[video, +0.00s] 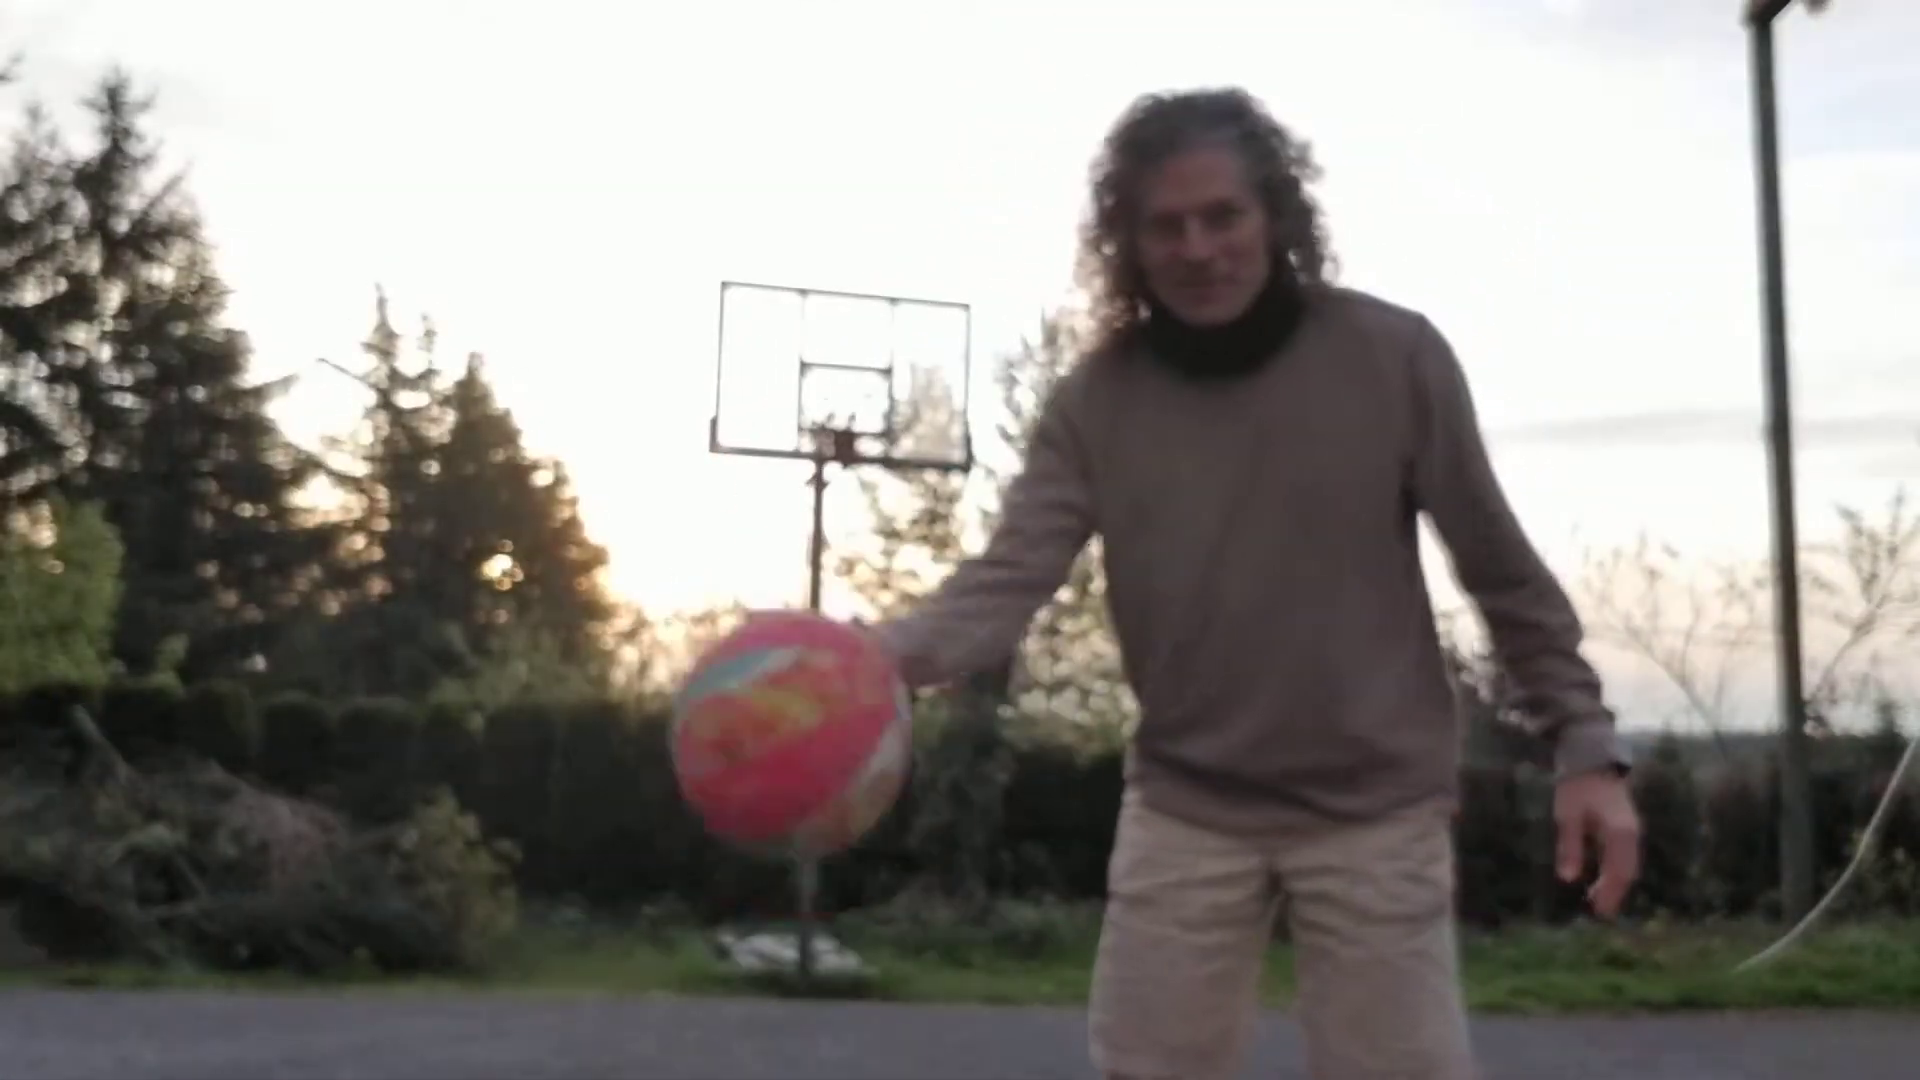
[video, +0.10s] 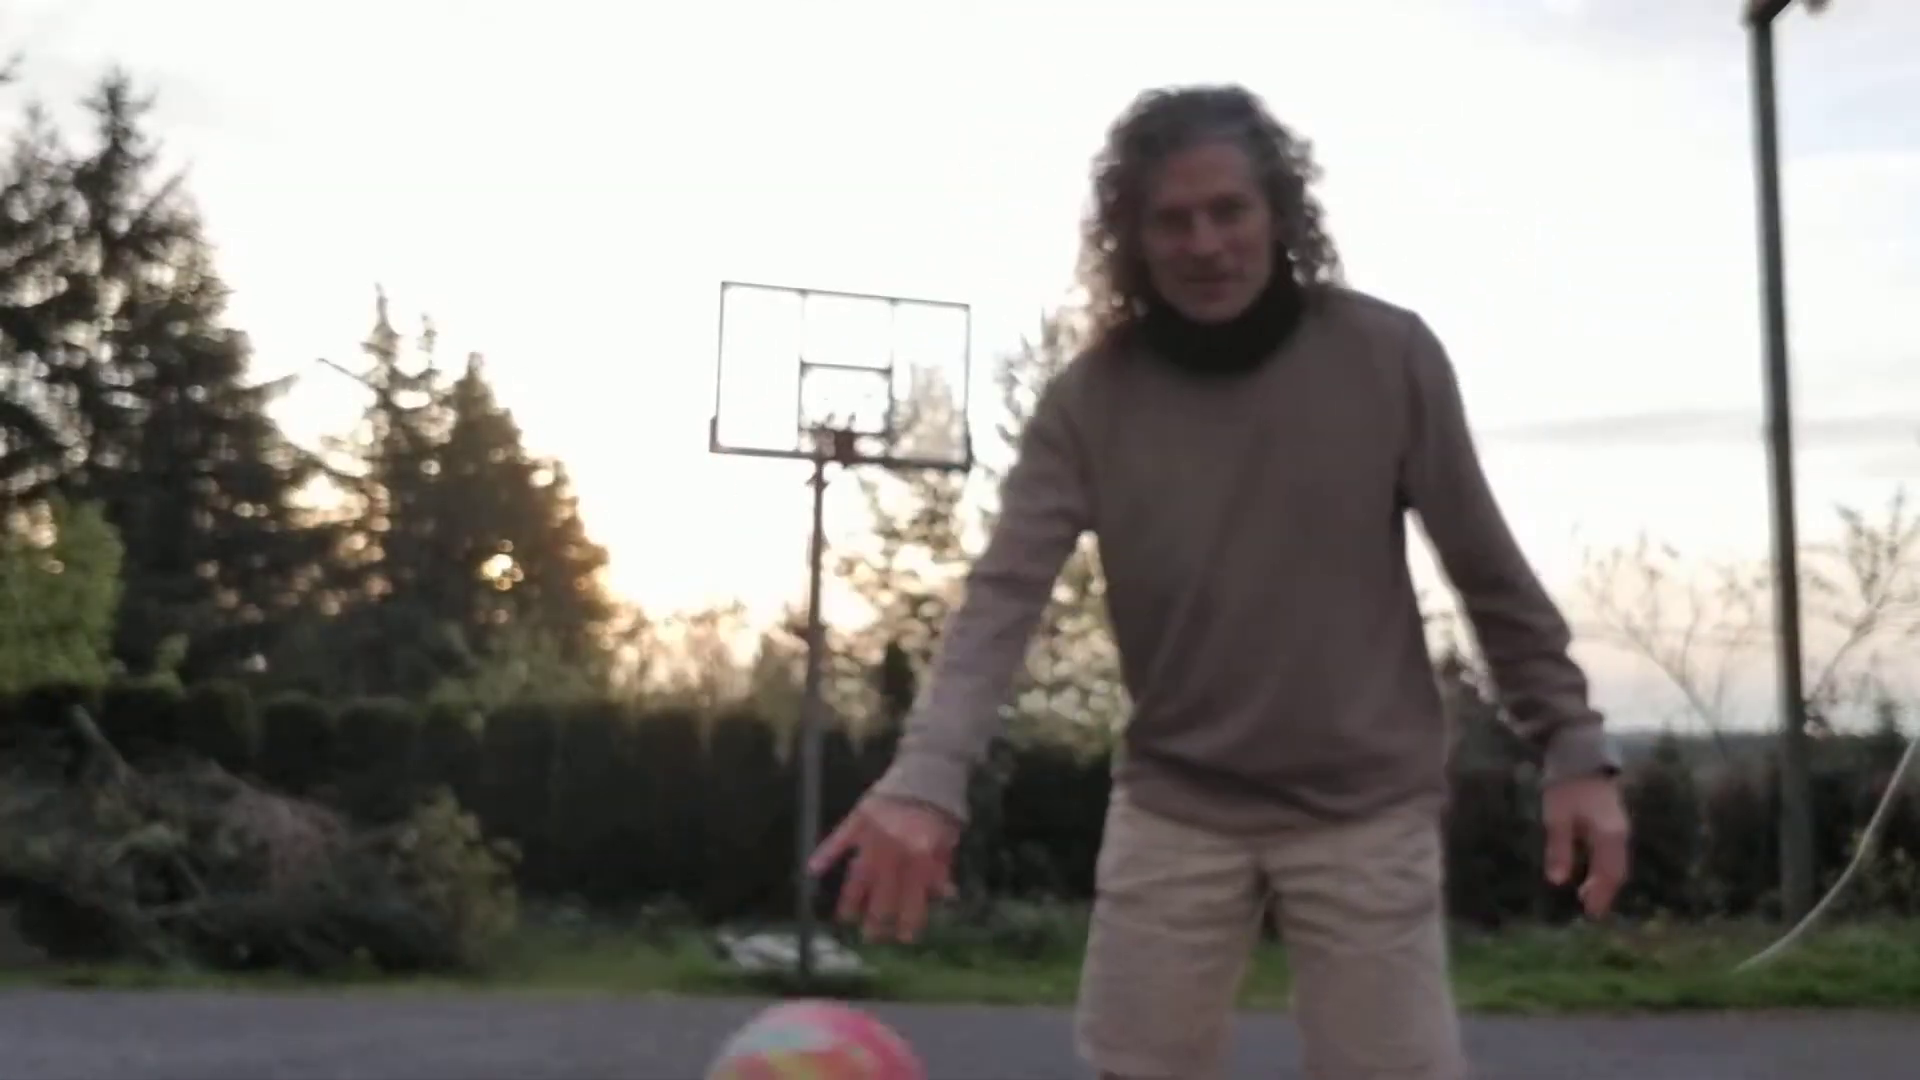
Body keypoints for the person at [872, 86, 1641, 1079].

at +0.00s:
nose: (1199, 251)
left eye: (1223, 217)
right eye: (1167, 227)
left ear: (1276, 218)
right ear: (1129, 240)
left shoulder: (1393, 360)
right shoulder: (1098, 403)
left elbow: (1503, 572)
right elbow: (1004, 583)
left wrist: (1585, 750)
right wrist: (877, 658)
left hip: (1376, 810)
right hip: (1183, 809)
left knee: (1402, 1067)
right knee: (1150, 1065)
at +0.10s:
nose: (1205, 244)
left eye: (1231, 211)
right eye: (1172, 220)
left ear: (1279, 215)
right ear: (1129, 235)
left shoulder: (1385, 355)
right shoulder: (1091, 400)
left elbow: (1489, 571)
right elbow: (999, 605)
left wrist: (1573, 752)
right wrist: (926, 781)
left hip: (1366, 811)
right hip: (1173, 810)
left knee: (1396, 1061)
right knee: (1134, 1058)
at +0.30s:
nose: (1206, 237)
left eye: (1232, 202)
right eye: (1171, 209)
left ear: (1280, 201)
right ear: (1128, 220)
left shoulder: (1376, 341)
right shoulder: (1084, 391)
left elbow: (1457, 556)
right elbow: (1044, 613)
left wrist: (1516, 730)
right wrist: (1039, 779)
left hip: (1357, 802)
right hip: (1160, 806)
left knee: (1394, 1064)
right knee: (1122, 1063)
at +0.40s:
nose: (1198, 223)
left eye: (1223, 188)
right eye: (1164, 195)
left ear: (1271, 192)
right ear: (1119, 209)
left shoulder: (1371, 328)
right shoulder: (1072, 382)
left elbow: (1448, 543)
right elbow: (1061, 589)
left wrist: (1494, 728)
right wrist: (1055, 690)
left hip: (1354, 797)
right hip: (1153, 801)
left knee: (1396, 1064)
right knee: (1126, 1066)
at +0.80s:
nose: (1191, 144)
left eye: (1222, 105)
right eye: (1153, 111)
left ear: (1271, 115)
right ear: (1103, 129)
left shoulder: (1371, 267)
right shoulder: (1044, 325)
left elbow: (1446, 499)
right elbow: (1003, 582)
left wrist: (1520, 686)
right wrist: (1010, 812)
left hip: (1352, 774)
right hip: (1129, 779)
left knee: (1411, 1059)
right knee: (1103, 1058)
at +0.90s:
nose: (1193, 112)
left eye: (1225, 72)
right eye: (1152, 78)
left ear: (1276, 82)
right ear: (1097, 95)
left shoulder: (1368, 242)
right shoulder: (1037, 308)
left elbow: (1444, 484)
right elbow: (997, 578)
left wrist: (1527, 663)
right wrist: (1022, 800)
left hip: (1353, 765)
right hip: (1129, 771)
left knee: (1422, 1060)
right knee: (1100, 1060)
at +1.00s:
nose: (1194, 74)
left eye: (1228, 32)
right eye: (1150, 38)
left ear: (1280, 44)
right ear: (1092, 57)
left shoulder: (1370, 212)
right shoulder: (1033, 272)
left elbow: (1443, 472)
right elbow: (979, 545)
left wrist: (1529, 652)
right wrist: (1029, 713)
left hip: (1358, 763)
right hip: (1127, 770)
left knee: (1428, 1060)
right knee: (1087, 1060)